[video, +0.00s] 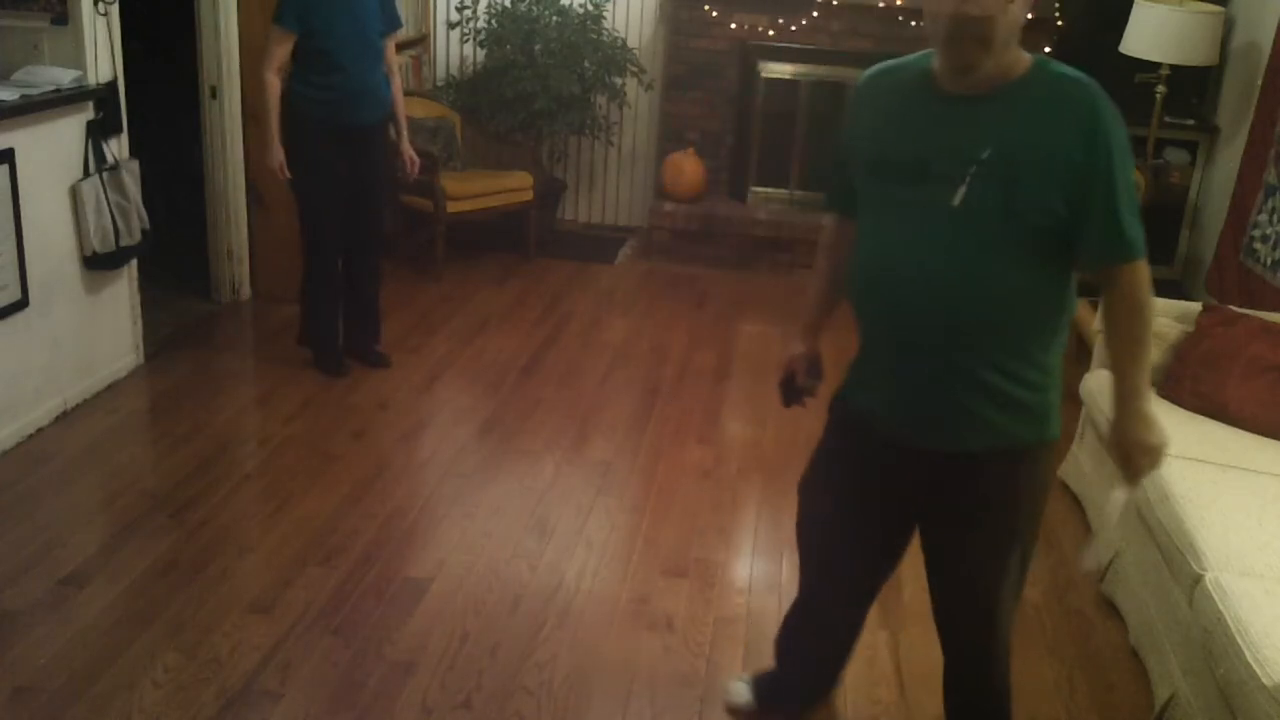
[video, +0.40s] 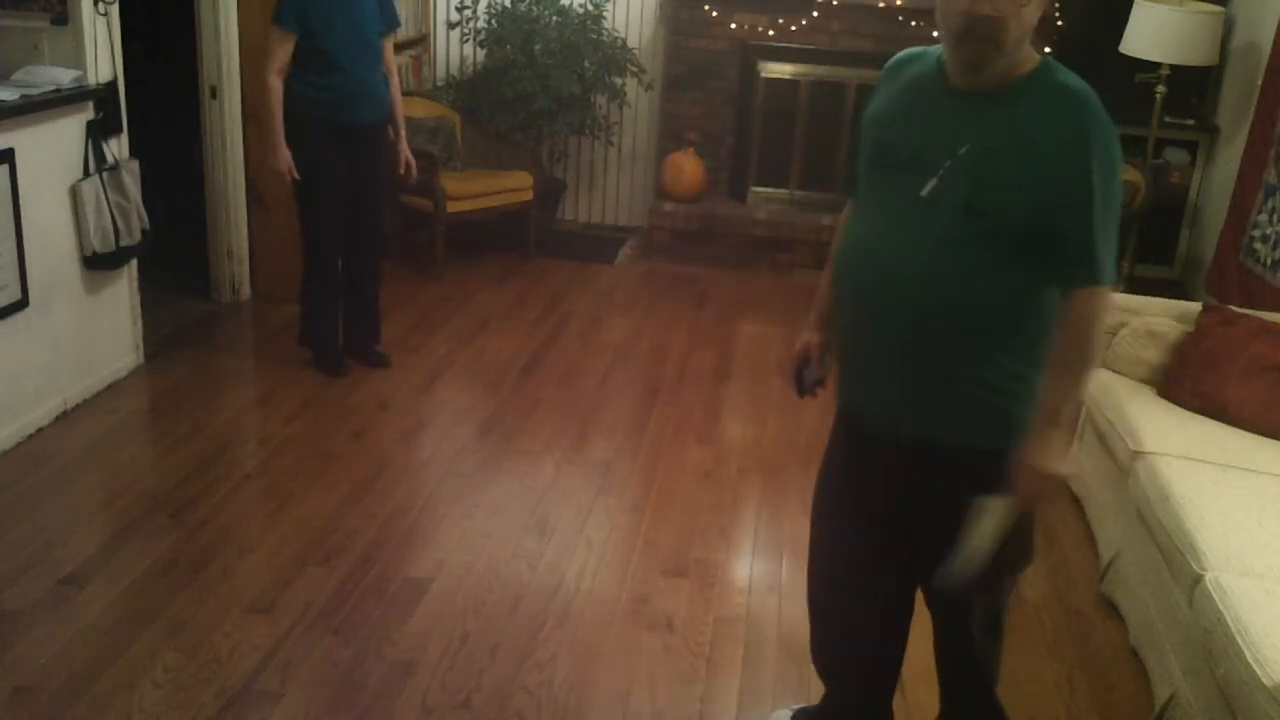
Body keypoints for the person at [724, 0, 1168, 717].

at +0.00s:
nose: (972, 5)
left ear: (1028, 9)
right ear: (926, 3)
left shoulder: (1077, 113)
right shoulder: (880, 93)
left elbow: (1125, 266)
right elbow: (845, 222)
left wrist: (1132, 404)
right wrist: (807, 333)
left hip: (1000, 430)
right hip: (877, 403)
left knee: (976, 630)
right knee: (828, 577)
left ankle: (979, 718)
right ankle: (793, 690)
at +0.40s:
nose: (975, 11)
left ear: (1040, 12)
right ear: (938, 2)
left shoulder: (1072, 119)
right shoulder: (903, 75)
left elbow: (1088, 291)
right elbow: (863, 210)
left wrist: (1053, 432)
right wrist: (820, 322)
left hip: (983, 428)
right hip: (872, 403)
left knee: (968, 617)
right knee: (846, 589)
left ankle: (969, 713)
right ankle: (851, 705)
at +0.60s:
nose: (954, 11)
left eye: (982, 1)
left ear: (1033, 13)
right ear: (926, 3)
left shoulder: (1055, 126)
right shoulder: (915, 76)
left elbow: (1039, 297)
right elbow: (880, 225)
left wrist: (937, 421)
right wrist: (832, 335)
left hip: (954, 433)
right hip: (864, 400)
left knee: (926, 614)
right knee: (835, 591)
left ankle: (947, 710)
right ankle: (840, 710)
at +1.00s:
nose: (885, 43)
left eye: (894, 23)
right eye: (883, 25)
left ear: (954, 12)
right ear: (957, 16)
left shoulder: (994, 126)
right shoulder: (1024, 101)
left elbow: (944, 312)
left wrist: (819, 378)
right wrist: (841, 371)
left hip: (949, 449)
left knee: (910, 638)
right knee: (889, 606)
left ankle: (903, 717)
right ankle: (857, 705)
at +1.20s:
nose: (877, 59)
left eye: (881, 36)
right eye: (871, 41)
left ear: (935, 18)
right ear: (942, 18)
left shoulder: (965, 130)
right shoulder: (1067, 98)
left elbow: (894, 312)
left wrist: (781, 331)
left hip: (949, 483)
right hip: (1023, 474)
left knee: (907, 691)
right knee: (943, 673)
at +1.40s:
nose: (883, 58)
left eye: (885, 35)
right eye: (878, 40)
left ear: (929, 16)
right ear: (997, 17)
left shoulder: (935, 131)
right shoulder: (1100, 105)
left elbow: (875, 309)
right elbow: (1122, 262)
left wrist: (767, 301)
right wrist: (1078, 366)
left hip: (954, 493)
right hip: (1065, 484)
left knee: (919, 697)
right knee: (999, 670)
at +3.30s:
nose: (969, 35)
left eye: (974, 18)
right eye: (968, 20)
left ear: (1009, 15)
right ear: (1083, 18)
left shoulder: (994, 120)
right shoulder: (1167, 105)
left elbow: (936, 285)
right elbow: (1181, 256)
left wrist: (890, 281)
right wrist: (1148, 361)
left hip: (982, 452)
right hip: (1105, 456)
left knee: (918, 657)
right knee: (1041, 667)